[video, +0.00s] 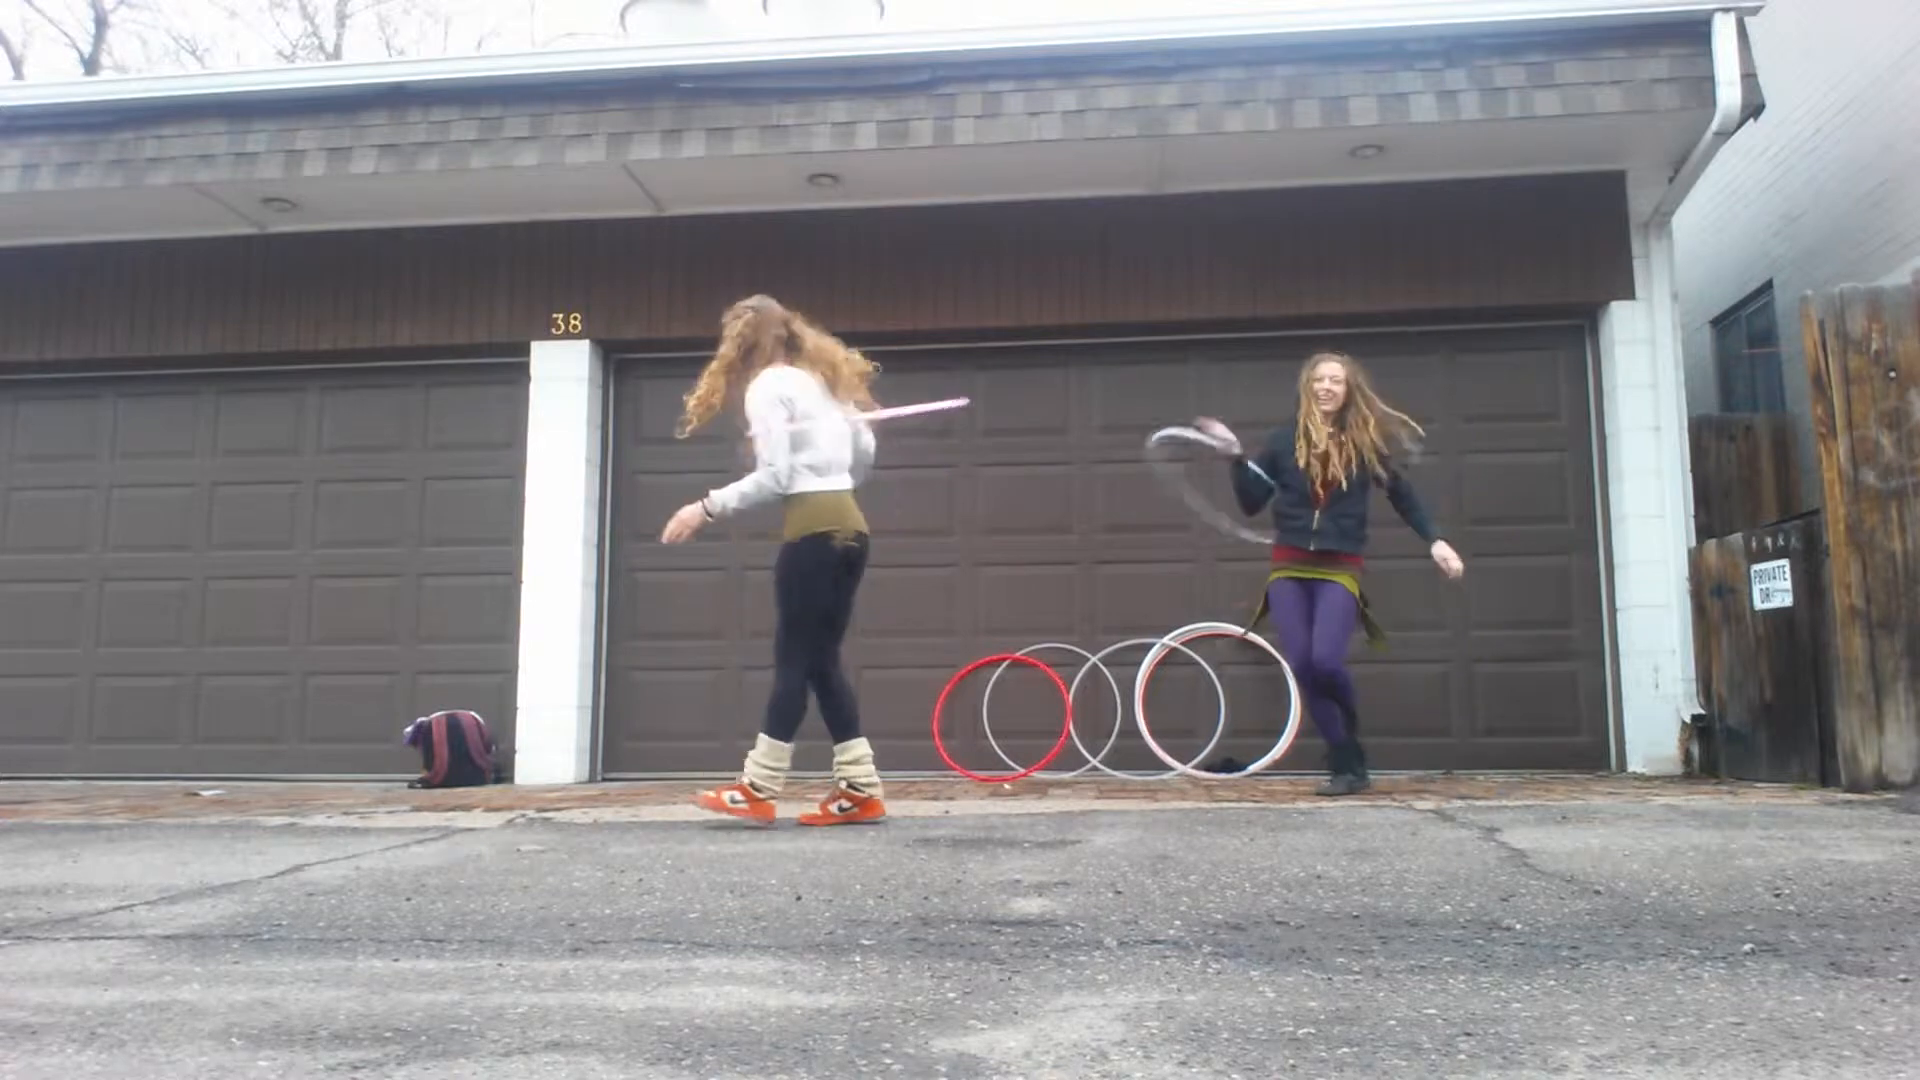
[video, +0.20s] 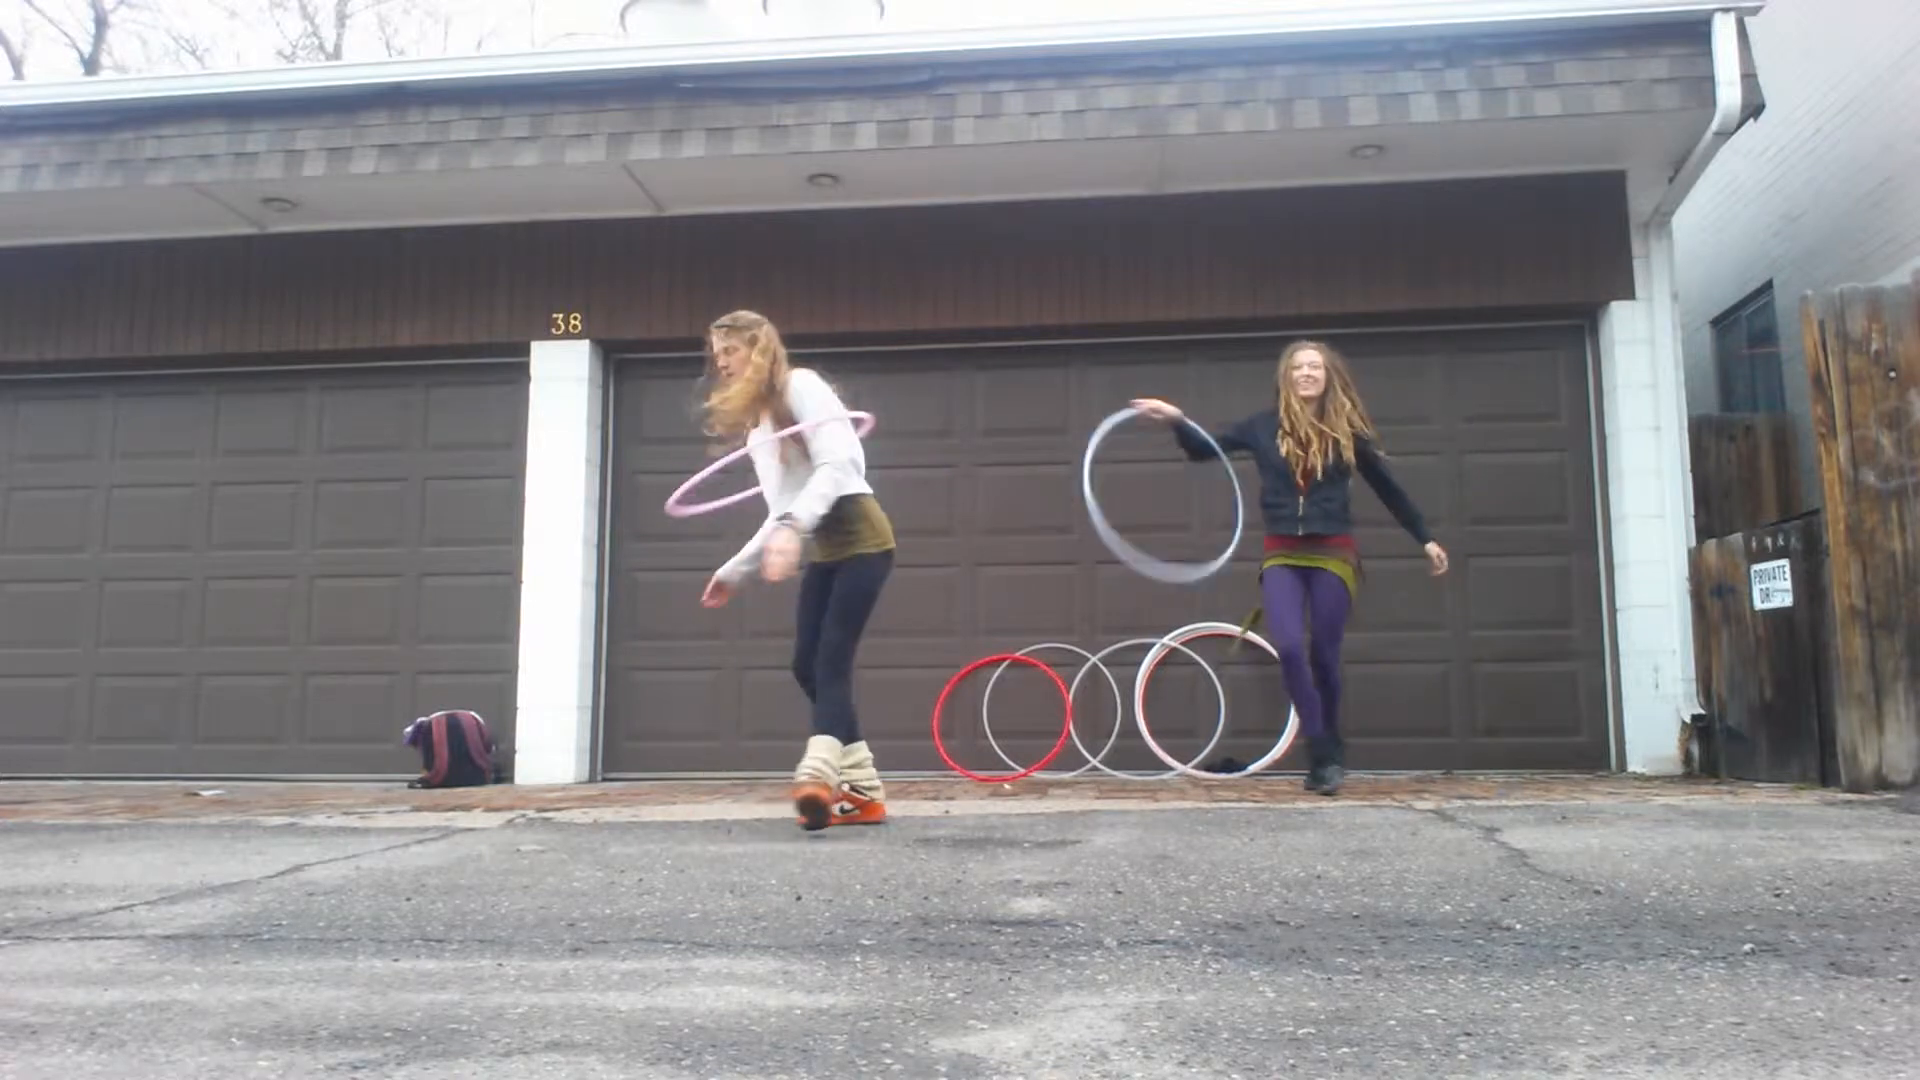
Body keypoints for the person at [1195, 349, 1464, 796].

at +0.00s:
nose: (1326, 388)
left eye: (1335, 381)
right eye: (1319, 381)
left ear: (1349, 389)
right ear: (1307, 387)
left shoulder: (1365, 443)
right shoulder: (1285, 440)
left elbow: (1402, 494)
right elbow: (1252, 503)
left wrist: (1434, 540)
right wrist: (1234, 457)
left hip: (1340, 566)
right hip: (1288, 563)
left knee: (1325, 662)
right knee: (1301, 665)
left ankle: (1350, 747)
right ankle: (1343, 766)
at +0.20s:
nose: (1307, 373)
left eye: (1316, 367)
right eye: (1299, 367)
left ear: (1330, 377)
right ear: (1285, 376)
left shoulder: (1344, 429)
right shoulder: (1264, 425)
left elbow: (1385, 484)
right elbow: (1204, 449)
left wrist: (1425, 539)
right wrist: (1176, 418)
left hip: (1333, 551)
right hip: (1281, 551)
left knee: (1325, 656)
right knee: (1288, 649)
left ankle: (1328, 756)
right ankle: (1320, 757)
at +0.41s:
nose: (1289, 377)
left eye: (1297, 371)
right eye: (1282, 371)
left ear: (1313, 381)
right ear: (1270, 380)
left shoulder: (1327, 434)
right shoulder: (1253, 427)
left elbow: (1347, 502)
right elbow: (1193, 450)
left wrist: (1364, 560)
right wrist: (1130, 467)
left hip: (1323, 553)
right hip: (1273, 553)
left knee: (1314, 651)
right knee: (1271, 651)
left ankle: (1320, 761)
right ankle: (1257, 760)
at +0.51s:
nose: (1284, 385)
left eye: (1292, 377)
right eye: (1276, 378)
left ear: (1308, 383)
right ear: (1265, 385)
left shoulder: (1323, 433)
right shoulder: (1252, 428)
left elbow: (1335, 505)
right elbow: (1201, 463)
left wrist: (1350, 565)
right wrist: (1148, 494)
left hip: (1316, 551)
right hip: (1265, 552)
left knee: (1323, 644)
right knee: (1261, 657)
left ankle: (1314, 752)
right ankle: (1253, 760)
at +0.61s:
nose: (1281, 395)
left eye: (1289, 387)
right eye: (1274, 387)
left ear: (1302, 393)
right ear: (1262, 391)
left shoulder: (1315, 439)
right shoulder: (1246, 433)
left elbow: (1328, 509)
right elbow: (1196, 462)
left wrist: (1345, 563)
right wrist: (1138, 479)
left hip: (1314, 554)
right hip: (1264, 557)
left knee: (1331, 625)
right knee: (1262, 661)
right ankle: (1253, 757)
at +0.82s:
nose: (1277, 404)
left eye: (1285, 397)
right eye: (1270, 397)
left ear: (1297, 401)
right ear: (1259, 401)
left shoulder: (1311, 444)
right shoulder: (1244, 445)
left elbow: (1330, 509)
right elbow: (1201, 486)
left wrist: (1359, 554)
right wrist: (1161, 527)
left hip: (1325, 559)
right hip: (1273, 565)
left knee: (1357, 619)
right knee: (1269, 666)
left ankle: (1318, 638)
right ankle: (1256, 763)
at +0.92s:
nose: (1283, 406)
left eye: (1291, 399)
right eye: (1276, 399)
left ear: (1302, 404)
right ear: (1264, 403)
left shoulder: (1319, 444)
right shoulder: (1251, 446)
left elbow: (1340, 503)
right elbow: (1226, 488)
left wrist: (1367, 537)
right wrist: (1206, 521)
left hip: (1330, 560)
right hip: (1278, 565)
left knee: (1371, 637)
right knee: (1272, 662)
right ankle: (1257, 762)